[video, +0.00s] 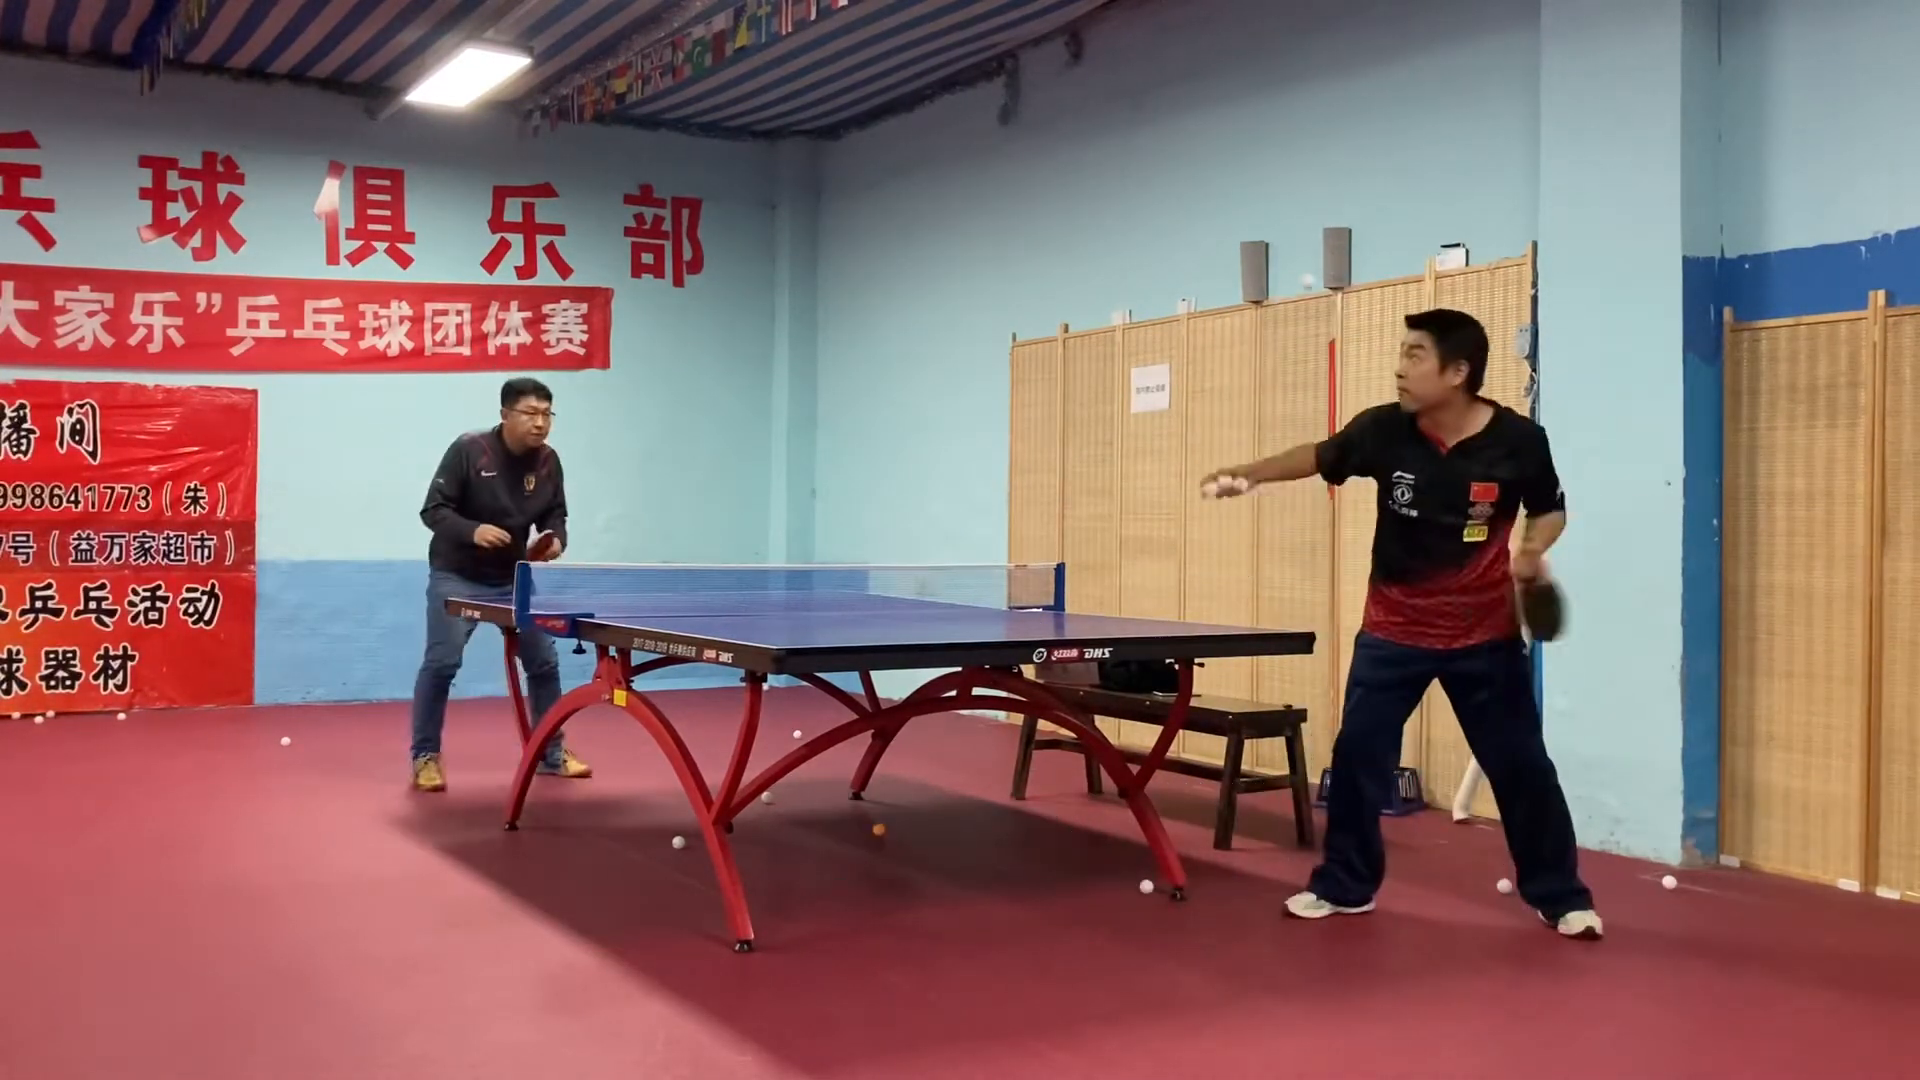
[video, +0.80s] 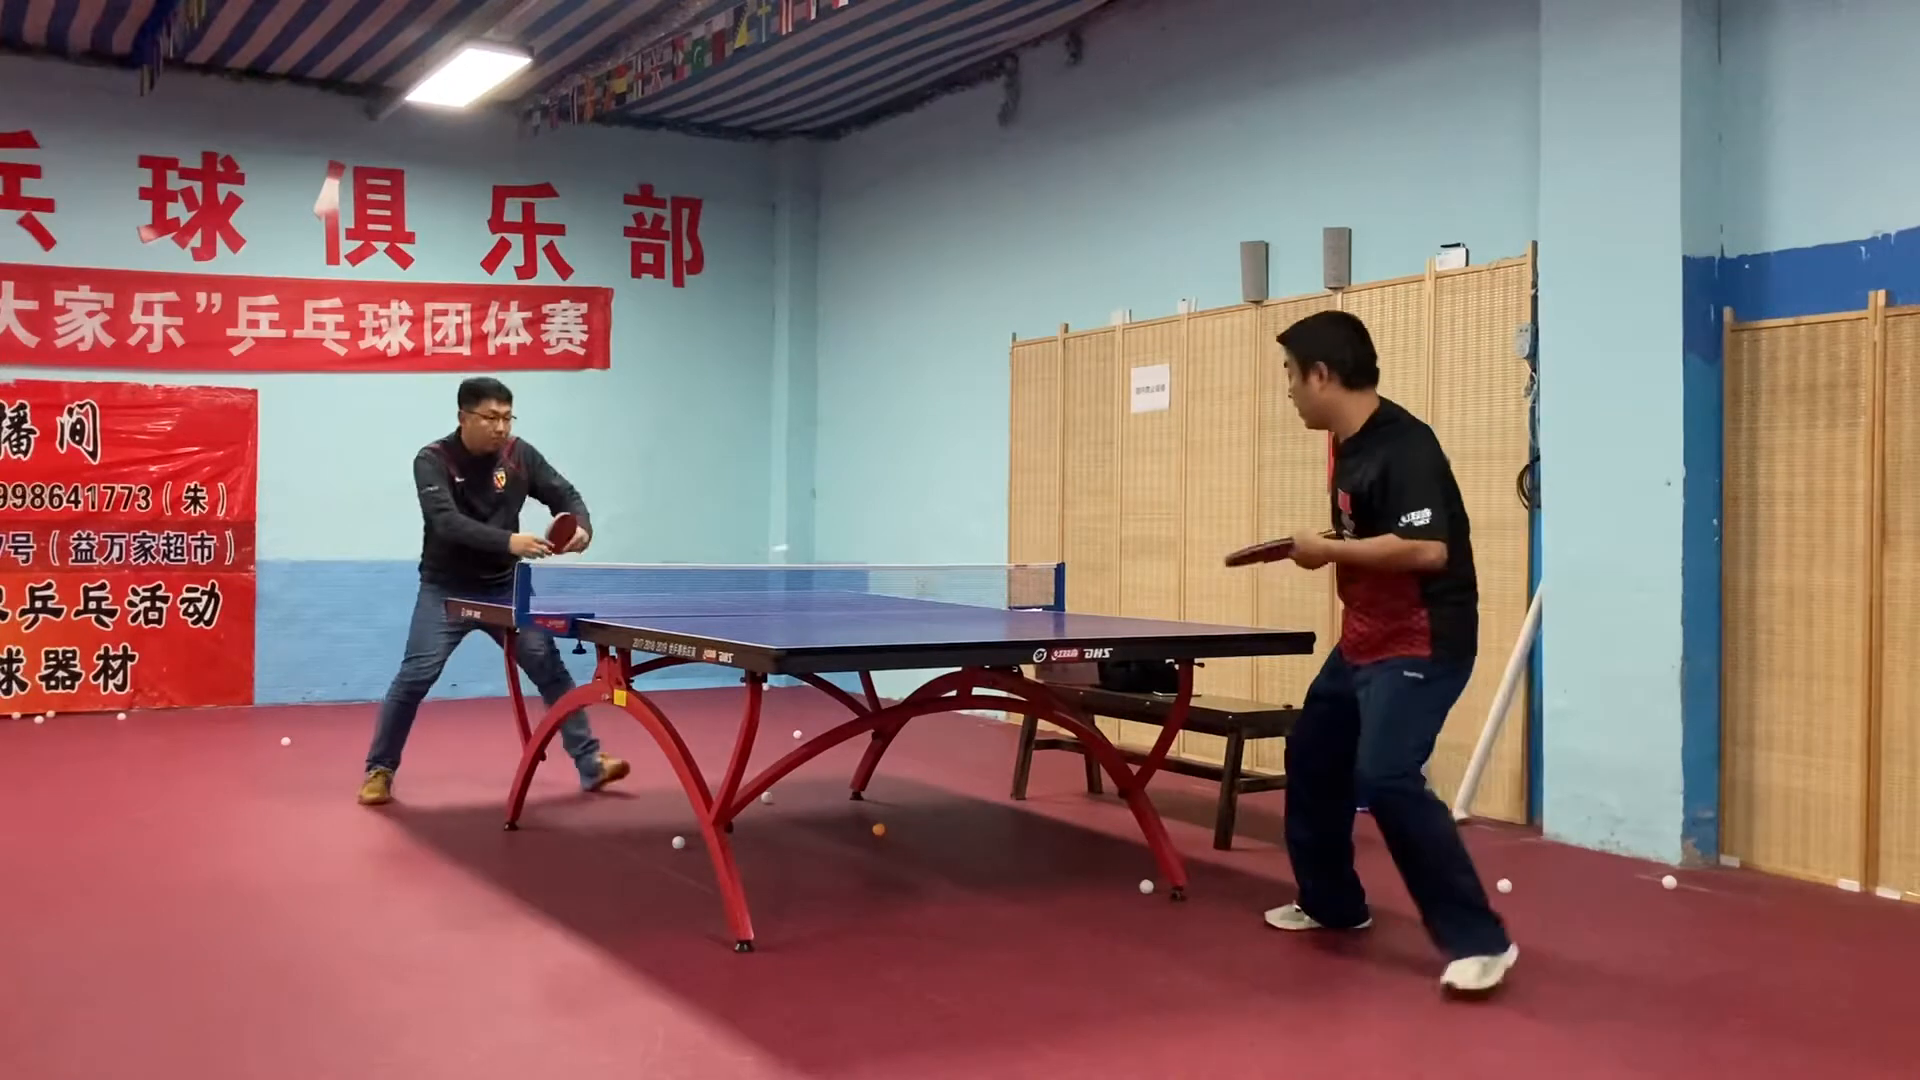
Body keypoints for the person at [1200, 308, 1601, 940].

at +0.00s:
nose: (1400, 368)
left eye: (1416, 356)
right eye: (1401, 355)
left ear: (1459, 371)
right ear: (1412, 367)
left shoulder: (1517, 440)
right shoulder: (1383, 430)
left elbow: (1549, 510)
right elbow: (1320, 456)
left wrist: (1531, 549)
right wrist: (1252, 474)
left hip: (1483, 635)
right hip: (1393, 632)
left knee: (1521, 765)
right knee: (1357, 753)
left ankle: (1561, 896)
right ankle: (1345, 885)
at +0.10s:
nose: (1414, 364)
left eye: (1431, 353)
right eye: (1416, 351)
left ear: (1474, 372)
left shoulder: (1522, 435)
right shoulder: (1390, 428)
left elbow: (1565, 490)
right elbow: (1332, 464)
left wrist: (1613, 511)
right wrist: (1276, 512)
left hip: (1490, 636)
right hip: (1399, 633)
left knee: (1526, 763)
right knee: (1362, 754)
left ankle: (1561, 895)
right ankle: (1345, 884)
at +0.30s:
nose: (1402, 388)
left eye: (1414, 375)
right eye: (1401, 375)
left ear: (1461, 382)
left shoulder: (1525, 433)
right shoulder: (1391, 441)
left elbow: (1618, 459)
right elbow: (1342, 470)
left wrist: (1607, 437)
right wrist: (1356, 541)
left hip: (1496, 641)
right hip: (1404, 634)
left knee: (1536, 770)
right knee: (1351, 744)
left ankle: (1562, 896)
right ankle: (1343, 880)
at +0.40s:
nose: (1364, 415)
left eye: (1374, 401)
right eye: (1363, 401)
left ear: (1418, 402)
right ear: (1406, 404)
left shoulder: (1492, 442)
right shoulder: (1375, 454)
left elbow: (1589, 459)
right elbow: (1365, 493)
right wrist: (1367, 540)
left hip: (1486, 648)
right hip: (1396, 638)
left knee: (1529, 777)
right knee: (1334, 738)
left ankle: (1563, 894)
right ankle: (1350, 879)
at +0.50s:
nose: (1325, 426)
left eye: (1328, 411)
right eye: (1322, 412)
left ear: (1365, 408)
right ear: (1364, 409)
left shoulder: (1449, 451)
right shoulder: (1367, 464)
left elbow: (1510, 527)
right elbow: (1388, 523)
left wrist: (1413, 521)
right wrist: (1362, 535)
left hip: (1464, 659)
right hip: (1383, 650)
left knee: (1514, 788)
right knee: (1328, 758)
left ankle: (1568, 898)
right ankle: (1333, 901)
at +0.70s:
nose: (1282, 404)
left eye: (1286, 389)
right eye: (1281, 389)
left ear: (1317, 388)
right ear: (1325, 387)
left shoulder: (1404, 453)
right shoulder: (1346, 452)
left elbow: (1448, 551)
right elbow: (1380, 548)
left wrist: (1347, 567)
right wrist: (1317, 569)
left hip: (1427, 649)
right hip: (1365, 643)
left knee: (1414, 783)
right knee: (1311, 757)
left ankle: (1524, 898)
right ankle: (1334, 904)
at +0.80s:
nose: (1292, 395)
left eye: (1294, 380)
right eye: (1291, 382)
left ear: (1324, 375)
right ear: (1337, 375)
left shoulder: (1406, 446)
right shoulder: (1346, 447)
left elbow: (1430, 551)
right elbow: (1378, 544)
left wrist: (1334, 550)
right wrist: (1317, 552)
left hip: (1420, 651)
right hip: (1363, 647)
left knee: (1387, 777)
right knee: (1312, 764)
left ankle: (1481, 943)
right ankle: (1333, 903)